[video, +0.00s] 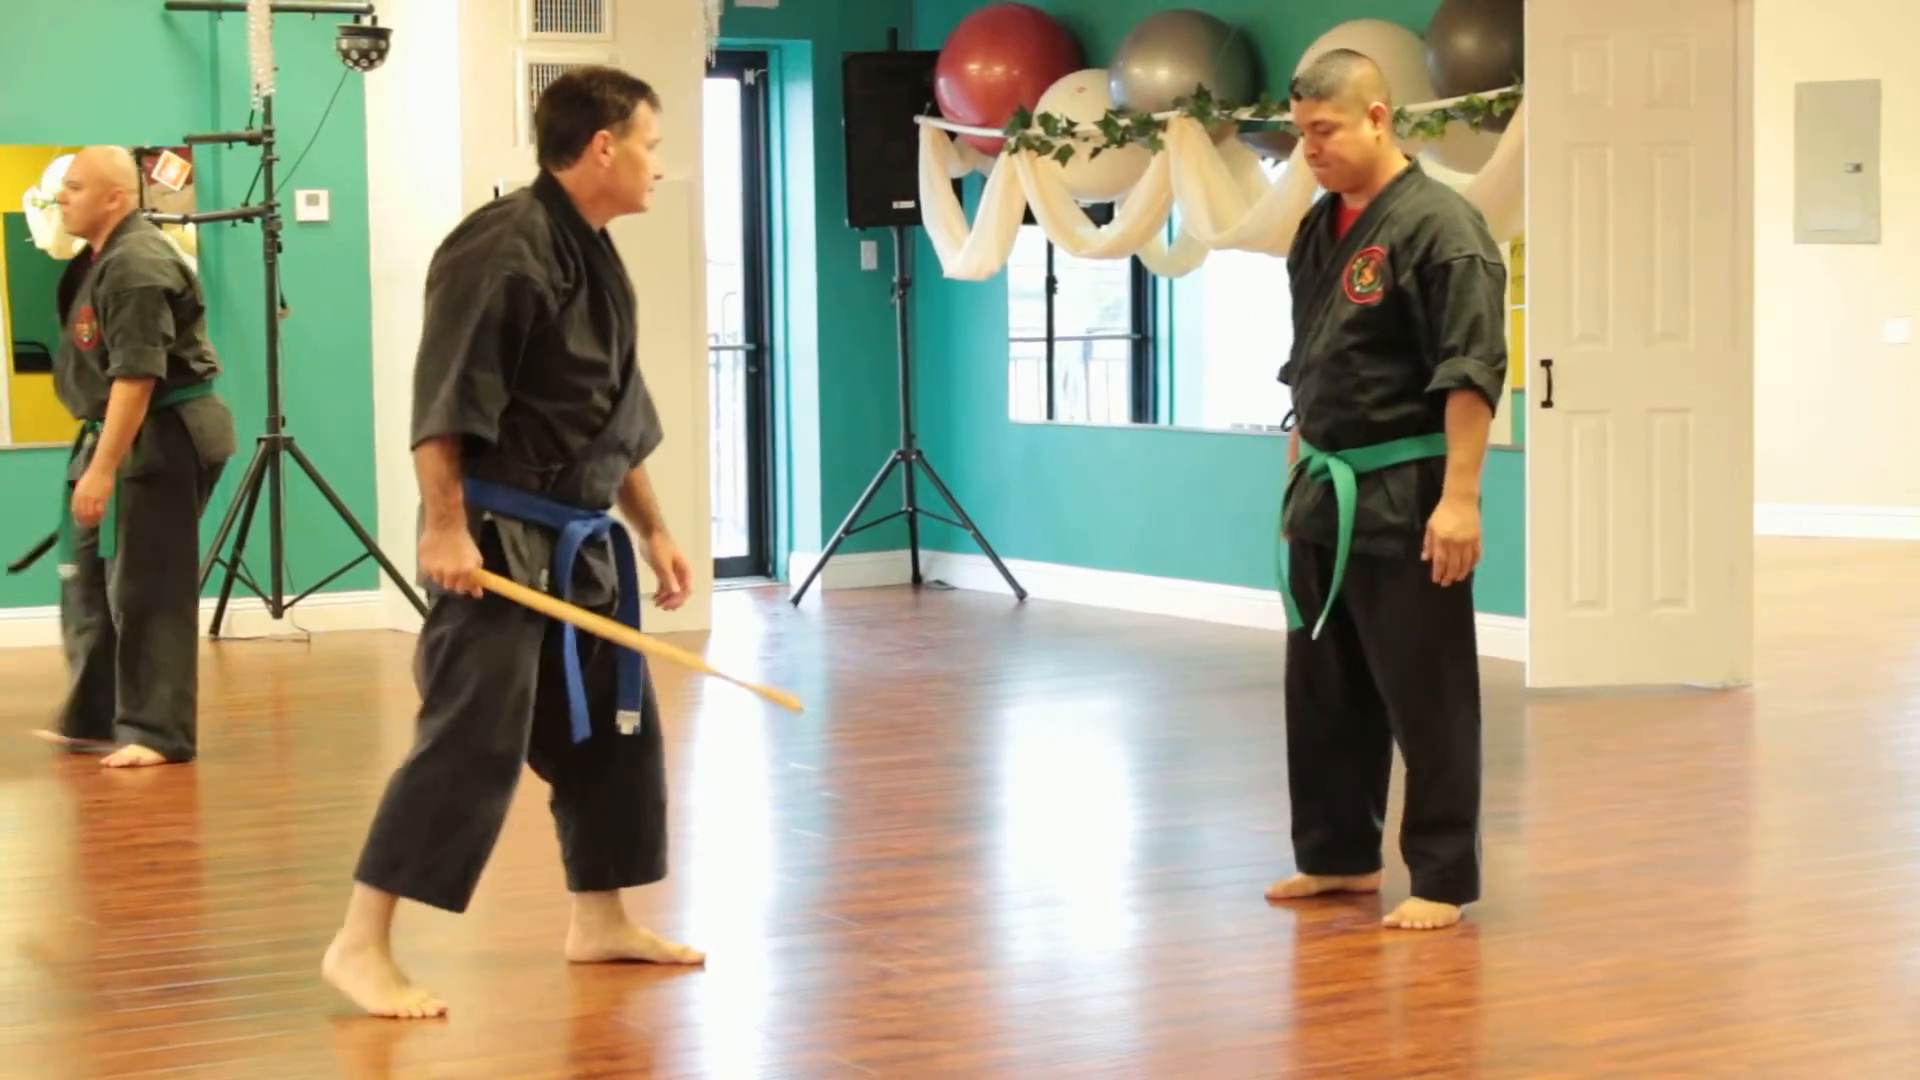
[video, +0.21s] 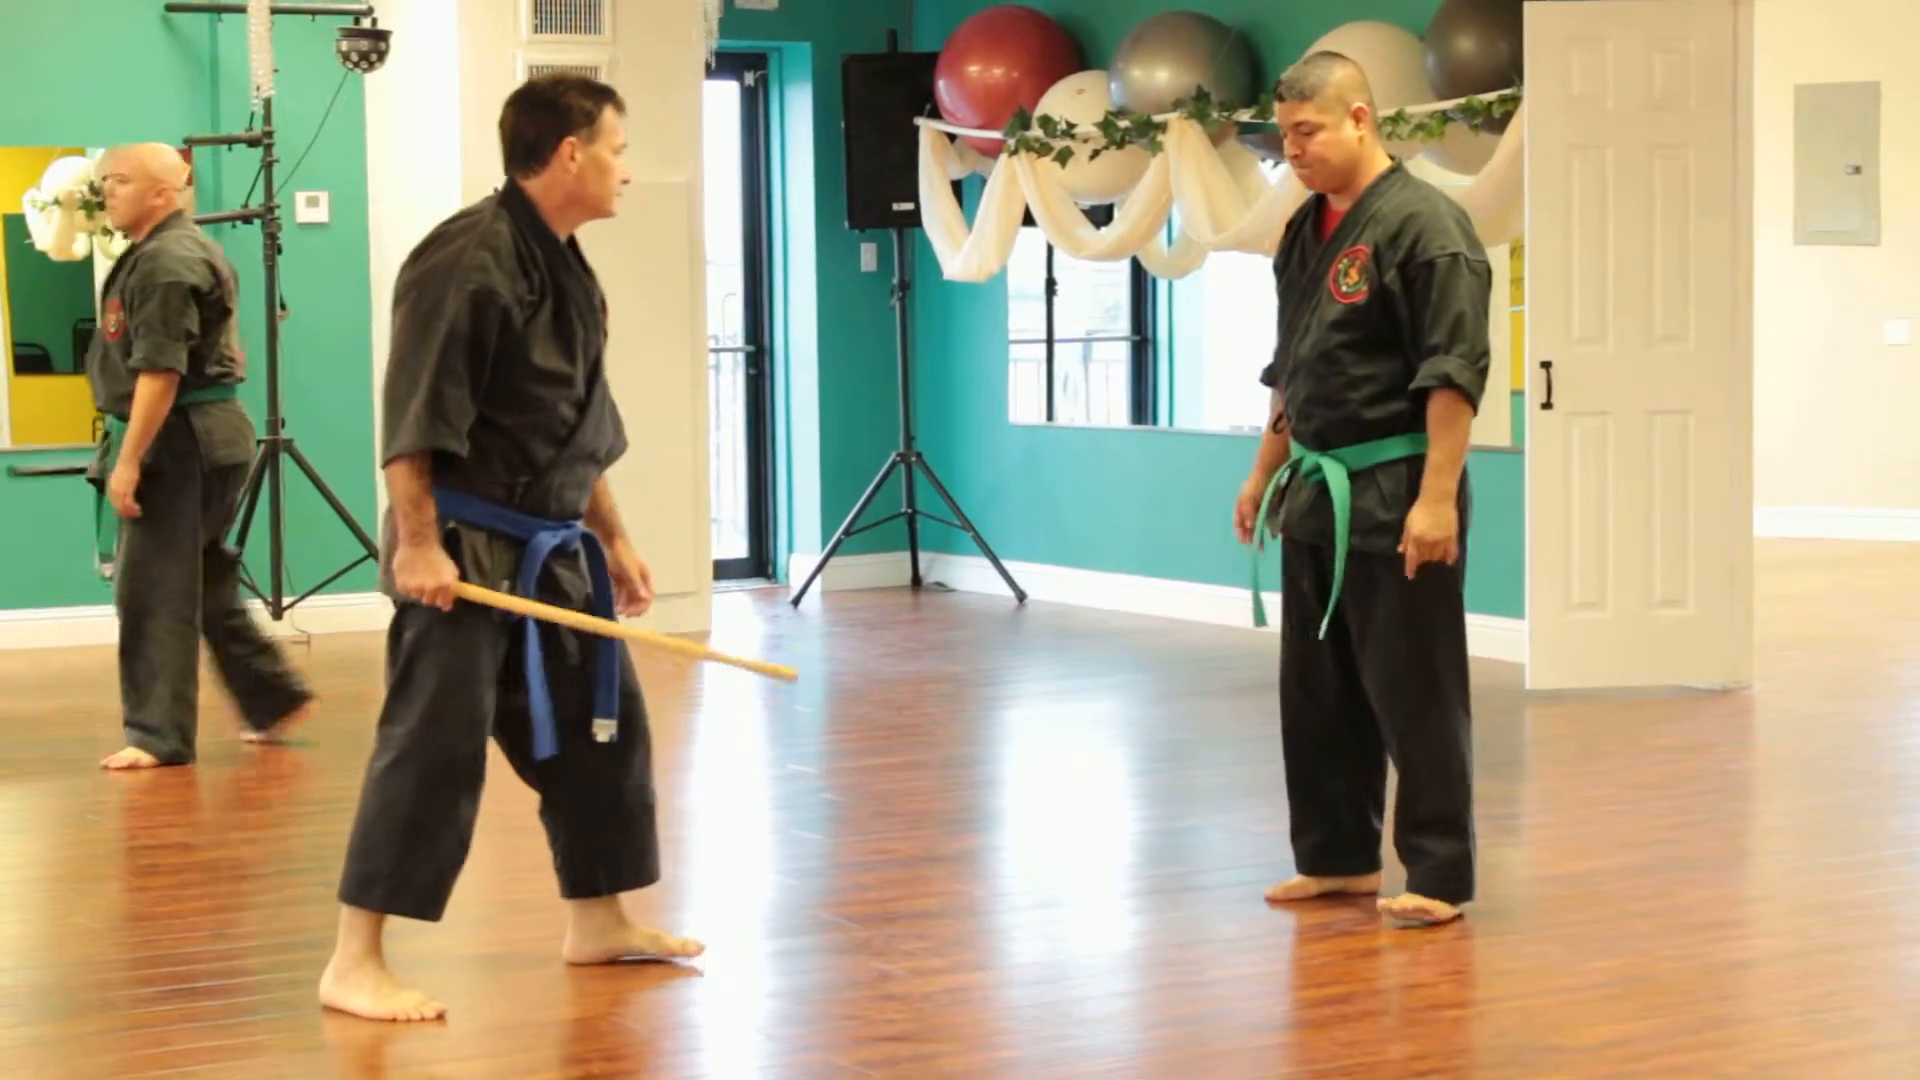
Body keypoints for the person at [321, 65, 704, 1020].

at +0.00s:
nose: (659, 168)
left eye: (657, 149)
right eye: (649, 148)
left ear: (598, 152)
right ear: (598, 148)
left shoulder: (595, 257)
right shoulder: (500, 244)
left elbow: (611, 413)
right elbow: (440, 392)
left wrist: (654, 529)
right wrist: (444, 524)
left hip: (586, 532)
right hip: (497, 527)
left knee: (607, 722)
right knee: (470, 733)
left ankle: (600, 920)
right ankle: (360, 943)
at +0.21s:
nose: (628, 167)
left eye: (625, 151)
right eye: (617, 151)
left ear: (567, 156)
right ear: (569, 154)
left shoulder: (570, 270)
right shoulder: (463, 258)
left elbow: (571, 427)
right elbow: (408, 412)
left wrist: (612, 538)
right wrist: (415, 538)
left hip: (554, 539)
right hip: (462, 535)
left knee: (599, 719)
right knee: (428, 741)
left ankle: (598, 923)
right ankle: (353, 961)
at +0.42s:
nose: (612, 173)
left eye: (611, 155)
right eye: (602, 154)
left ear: (553, 156)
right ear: (552, 156)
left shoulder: (558, 272)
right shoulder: (445, 260)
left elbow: (561, 430)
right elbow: (381, 411)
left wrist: (595, 543)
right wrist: (384, 541)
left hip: (552, 541)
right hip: (459, 540)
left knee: (597, 722)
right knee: (425, 744)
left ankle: (599, 924)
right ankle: (352, 964)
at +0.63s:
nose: (608, 172)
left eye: (606, 154)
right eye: (599, 154)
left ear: (551, 156)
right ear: (549, 156)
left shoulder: (558, 272)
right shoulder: (442, 260)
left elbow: (568, 427)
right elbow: (379, 410)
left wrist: (607, 538)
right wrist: (379, 540)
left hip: (555, 542)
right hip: (460, 541)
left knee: (600, 723)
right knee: (428, 744)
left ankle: (599, 926)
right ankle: (352, 965)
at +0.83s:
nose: (606, 174)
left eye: (605, 156)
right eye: (598, 155)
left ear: (548, 157)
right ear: (547, 156)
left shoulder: (558, 275)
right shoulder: (440, 262)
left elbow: (570, 429)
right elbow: (380, 413)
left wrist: (614, 539)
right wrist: (381, 542)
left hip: (557, 545)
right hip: (461, 543)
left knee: (599, 727)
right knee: (427, 747)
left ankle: (597, 927)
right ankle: (351, 967)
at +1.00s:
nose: (605, 175)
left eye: (605, 156)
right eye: (597, 155)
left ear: (548, 158)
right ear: (545, 156)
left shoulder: (559, 276)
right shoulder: (439, 262)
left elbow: (572, 428)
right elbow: (378, 412)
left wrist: (615, 539)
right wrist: (380, 541)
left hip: (558, 545)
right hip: (461, 543)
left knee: (600, 726)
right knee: (427, 747)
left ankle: (598, 926)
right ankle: (351, 967)